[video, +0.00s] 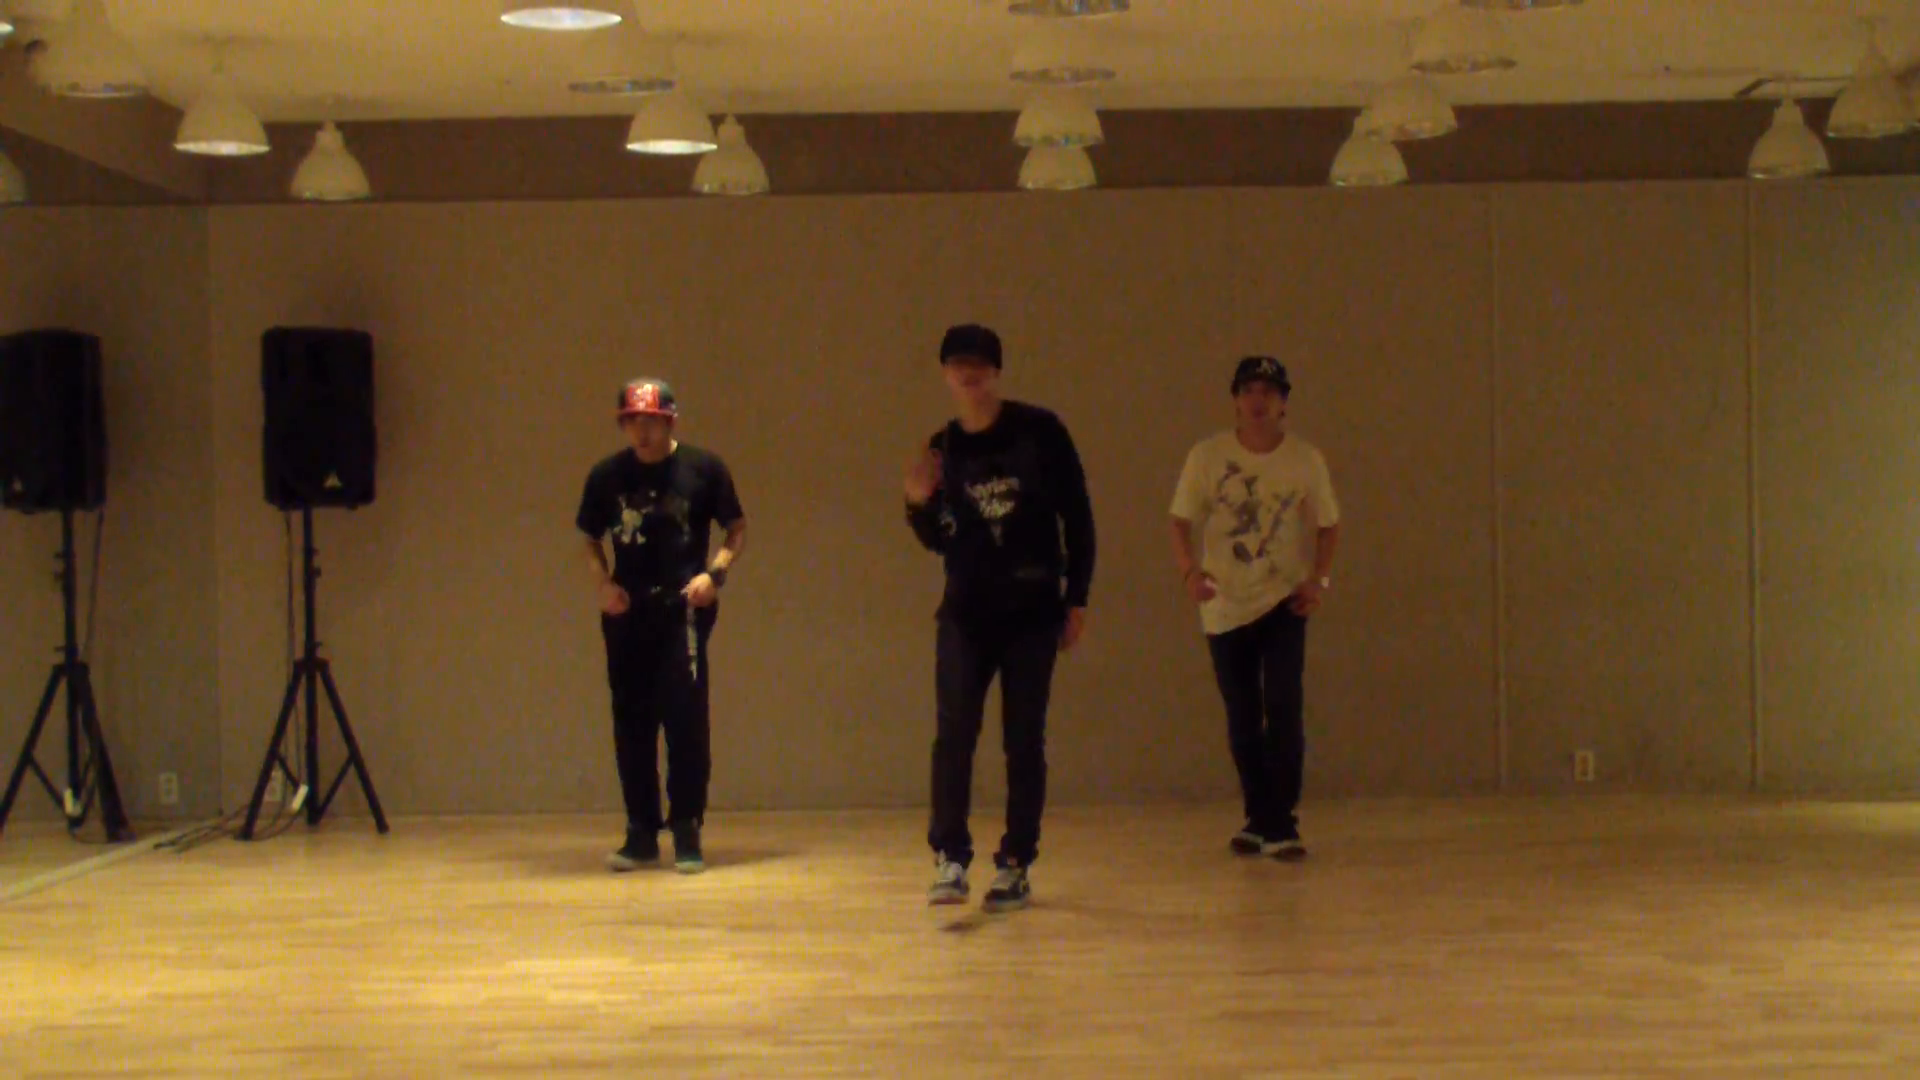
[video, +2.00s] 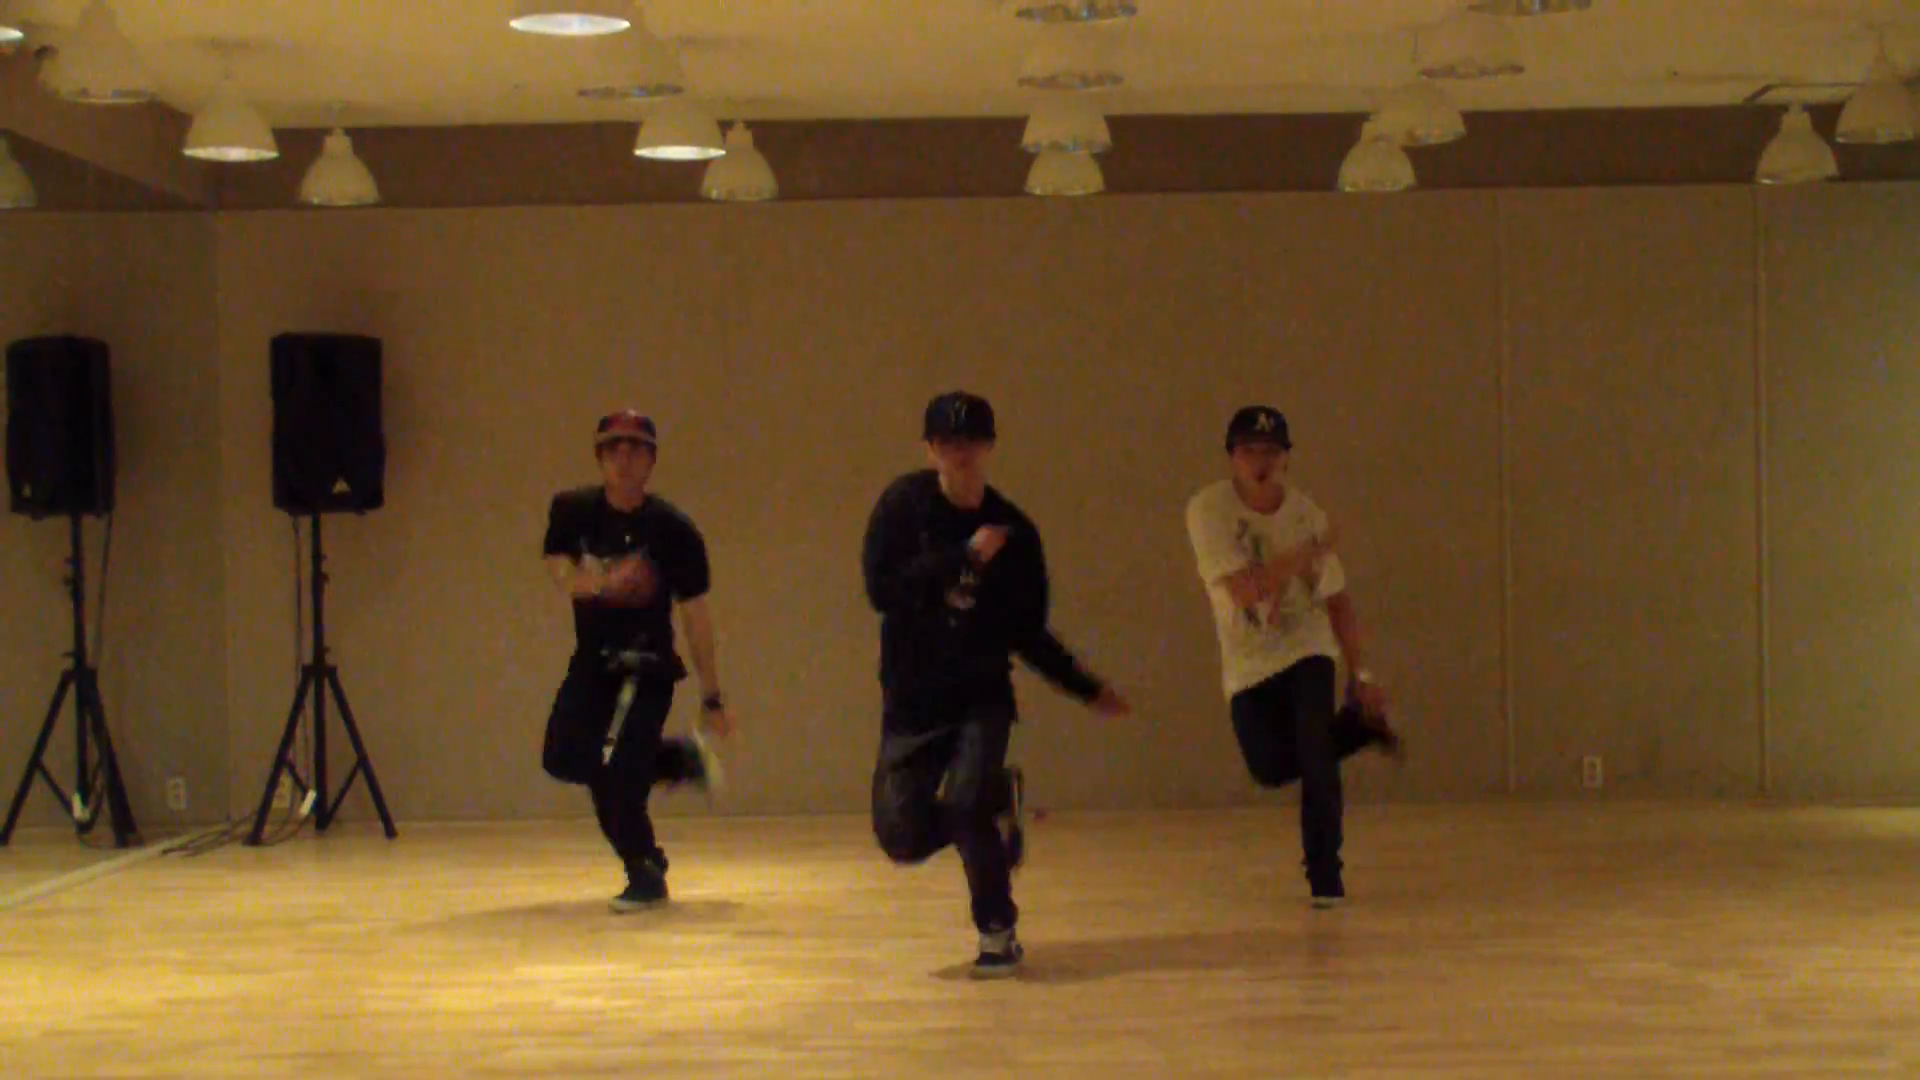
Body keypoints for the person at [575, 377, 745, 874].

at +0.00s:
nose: (642, 431)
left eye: (651, 421)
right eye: (634, 422)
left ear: (671, 422)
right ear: (623, 426)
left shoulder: (704, 470)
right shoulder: (607, 476)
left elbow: (735, 528)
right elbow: (589, 537)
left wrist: (712, 575)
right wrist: (604, 584)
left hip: (683, 616)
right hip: (627, 617)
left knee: (686, 725)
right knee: (632, 726)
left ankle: (687, 834)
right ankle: (641, 835)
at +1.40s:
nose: (650, 462)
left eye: (661, 453)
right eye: (642, 453)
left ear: (677, 464)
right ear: (629, 462)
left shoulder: (693, 511)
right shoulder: (608, 506)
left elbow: (692, 530)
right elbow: (589, 514)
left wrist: (665, 519)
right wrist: (592, 524)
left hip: (667, 643)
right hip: (611, 645)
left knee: (648, 727)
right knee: (614, 744)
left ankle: (629, 820)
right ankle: (657, 834)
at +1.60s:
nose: (640, 465)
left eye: (650, 456)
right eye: (631, 456)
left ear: (667, 465)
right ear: (617, 466)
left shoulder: (679, 519)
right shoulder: (600, 514)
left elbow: (695, 505)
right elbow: (579, 505)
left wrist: (711, 481)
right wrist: (562, 489)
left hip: (662, 637)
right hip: (604, 642)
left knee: (643, 700)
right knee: (603, 751)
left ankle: (617, 783)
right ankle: (652, 832)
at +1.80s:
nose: (620, 452)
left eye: (630, 443)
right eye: (610, 444)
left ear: (648, 453)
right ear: (598, 455)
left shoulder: (681, 508)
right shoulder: (578, 513)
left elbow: (746, 553)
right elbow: (523, 562)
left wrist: (807, 595)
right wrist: (488, 582)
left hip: (661, 647)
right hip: (601, 645)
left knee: (637, 745)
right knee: (583, 745)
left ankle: (649, 868)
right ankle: (595, 867)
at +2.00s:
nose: (624, 458)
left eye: (635, 448)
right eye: (614, 448)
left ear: (652, 460)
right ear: (599, 457)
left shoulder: (674, 530)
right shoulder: (571, 512)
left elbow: (697, 617)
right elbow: (563, 580)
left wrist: (712, 695)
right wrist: (605, 582)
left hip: (649, 663)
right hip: (593, 657)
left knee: (617, 769)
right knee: (562, 757)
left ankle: (645, 871)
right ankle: (673, 760)